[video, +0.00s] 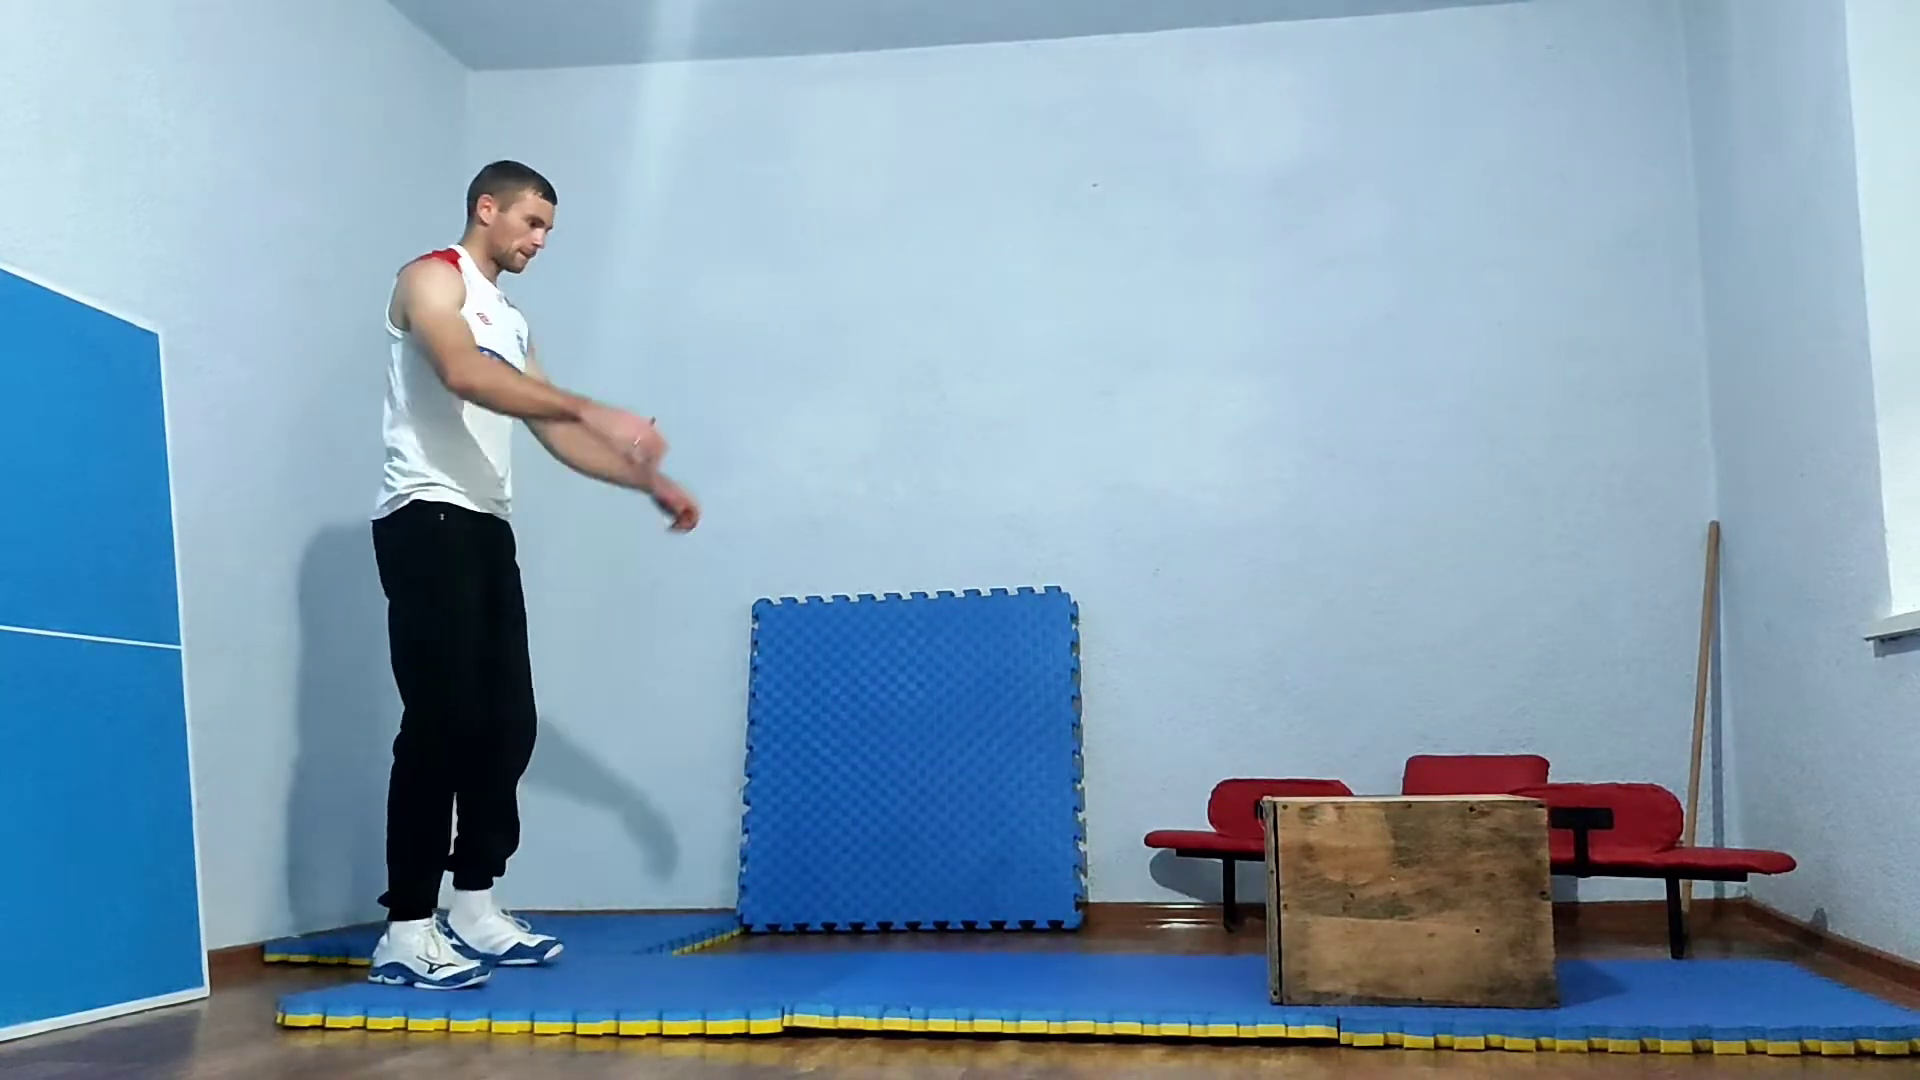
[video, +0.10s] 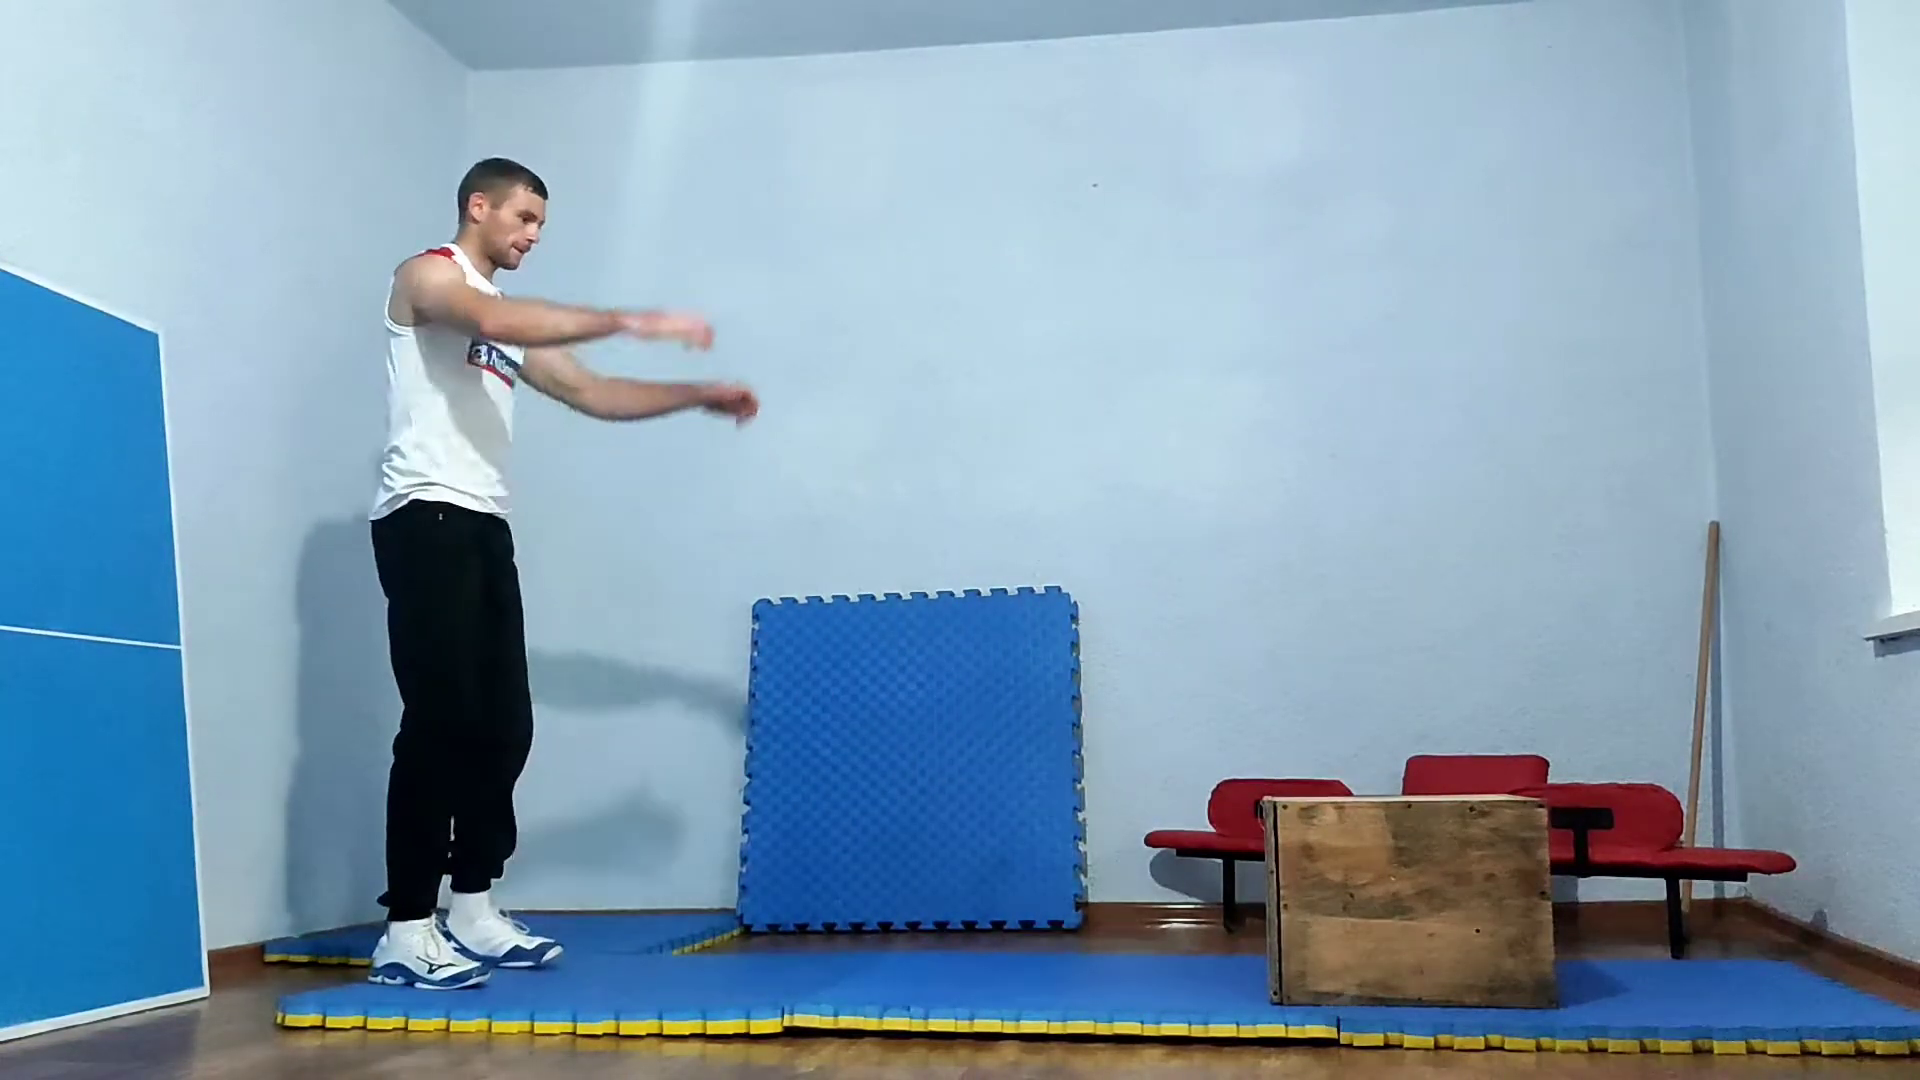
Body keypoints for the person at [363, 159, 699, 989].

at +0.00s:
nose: (539, 241)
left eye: (546, 230)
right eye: (532, 223)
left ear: (527, 232)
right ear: (484, 208)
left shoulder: (507, 317)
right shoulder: (430, 278)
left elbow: (555, 428)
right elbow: (466, 374)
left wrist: (647, 481)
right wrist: (588, 412)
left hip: (486, 534)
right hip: (426, 526)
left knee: (506, 721)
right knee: (439, 718)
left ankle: (472, 908)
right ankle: (407, 927)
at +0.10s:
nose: (535, 236)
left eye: (540, 224)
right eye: (525, 218)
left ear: (513, 222)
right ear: (477, 207)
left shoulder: (504, 318)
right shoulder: (427, 273)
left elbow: (591, 392)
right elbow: (496, 321)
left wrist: (696, 397)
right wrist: (625, 322)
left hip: (484, 529)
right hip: (426, 523)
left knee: (503, 726)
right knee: (438, 721)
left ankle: (470, 909)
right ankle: (406, 931)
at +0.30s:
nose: (534, 224)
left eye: (536, 212)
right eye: (521, 208)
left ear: (521, 219)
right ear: (474, 206)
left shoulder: (517, 294)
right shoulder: (434, 273)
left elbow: (618, 268)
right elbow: (509, 198)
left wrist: (694, 197)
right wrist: (622, 132)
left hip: (495, 525)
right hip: (438, 521)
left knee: (499, 726)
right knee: (454, 718)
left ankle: (468, 908)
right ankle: (406, 927)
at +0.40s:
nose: (533, 209)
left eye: (536, 197)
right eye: (520, 192)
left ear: (527, 213)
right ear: (477, 197)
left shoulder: (525, 284)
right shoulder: (444, 264)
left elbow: (610, 220)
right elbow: (513, 156)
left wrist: (666, 125)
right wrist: (596, 71)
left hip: (504, 522)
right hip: (449, 517)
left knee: (506, 722)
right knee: (458, 718)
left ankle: (469, 909)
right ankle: (407, 926)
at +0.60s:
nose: (532, 201)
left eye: (538, 192)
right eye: (517, 187)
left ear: (534, 206)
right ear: (481, 191)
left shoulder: (522, 273)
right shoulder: (448, 253)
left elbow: (576, 181)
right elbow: (484, 117)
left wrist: (594, 66)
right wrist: (532, 23)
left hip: (522, 515)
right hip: (462, 513)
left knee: (516, 719)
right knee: (462, 717)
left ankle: (474, 906)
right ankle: (408, 924)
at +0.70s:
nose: (532, 207)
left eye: (538, 197)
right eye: (517, 192)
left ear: (534, 208)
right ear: (479, 192)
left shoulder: (521, 272)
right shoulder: (449, 250)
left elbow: (567, 177)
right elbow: (478, 111)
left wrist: (572, 62)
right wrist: (513, 14)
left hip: (527, 512)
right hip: (469, 509)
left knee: (517, 719)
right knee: (461, 715)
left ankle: (473, 910)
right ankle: (405, 928)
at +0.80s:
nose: (532, 206)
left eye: (538, 196)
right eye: (517, 191)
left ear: (535, 206)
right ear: (480, 193)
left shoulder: (523, 272)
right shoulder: (452, 250)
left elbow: (563, 177)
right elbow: (477, 109)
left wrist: (562, 59)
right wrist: (499, 15)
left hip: (531, 513)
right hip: (473, 511)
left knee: (517, 721)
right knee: (463, 719)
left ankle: (473, 908)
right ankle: (406, 928)